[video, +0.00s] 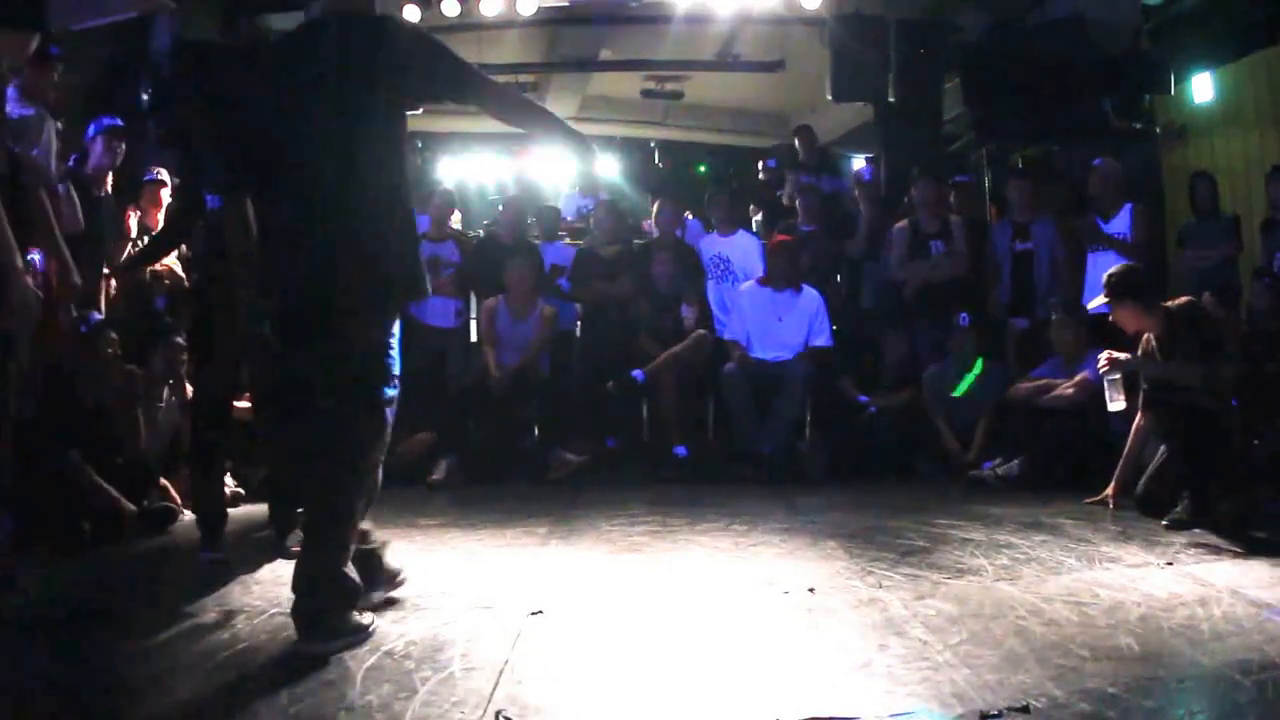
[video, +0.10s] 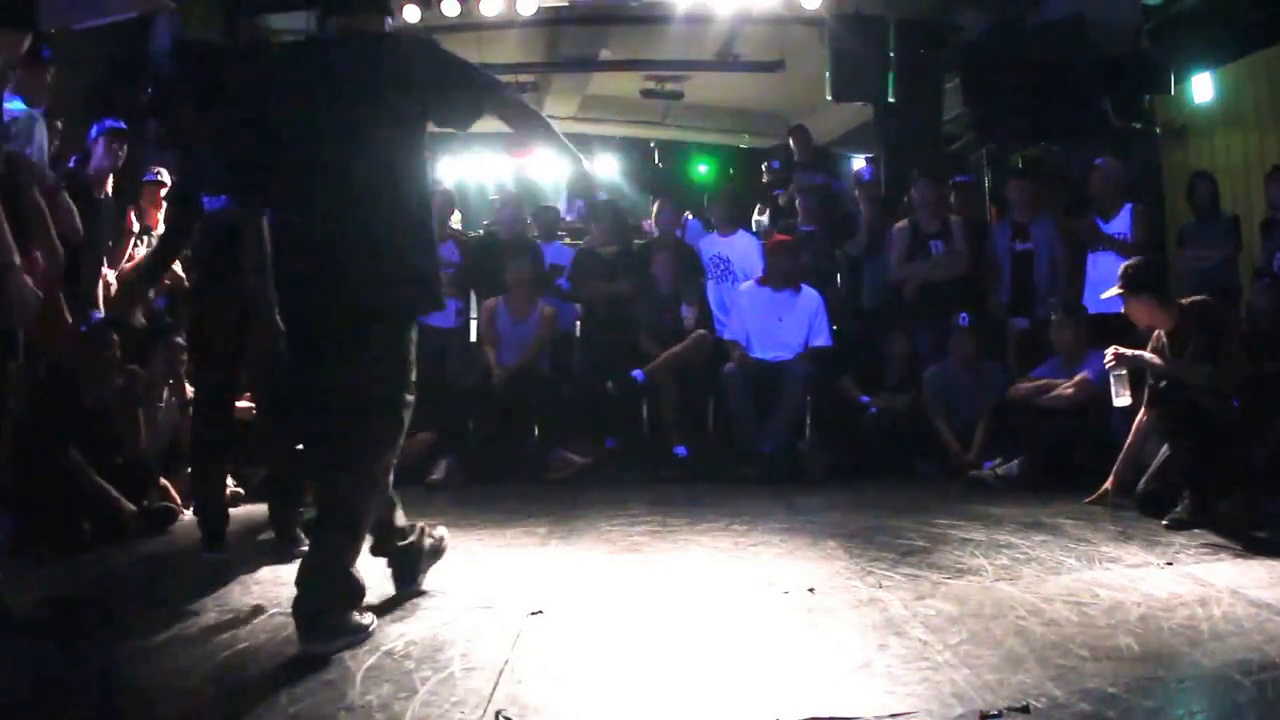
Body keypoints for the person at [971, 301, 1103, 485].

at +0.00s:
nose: (1057, 335)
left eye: (1065, 329)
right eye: (1055, 329)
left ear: (1080, 332)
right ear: (1050, 333)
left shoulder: (1097, 360)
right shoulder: (1057, 363)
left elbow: (1073, 394)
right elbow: (1014, 393)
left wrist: (1032, 401)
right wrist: (1054, 384)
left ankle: (1025, 461)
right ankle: (1006, 457)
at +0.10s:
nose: (1056, 335)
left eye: (1063, 329)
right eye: (1054, 329)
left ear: (1080, 331)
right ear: (1051, 333)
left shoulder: (1098, 360)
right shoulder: (1056, 363)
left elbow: (1073, 393)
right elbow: (1014, 392)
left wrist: (1033, 400)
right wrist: (1056, 384)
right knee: (1000, 409)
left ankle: (1019, 464)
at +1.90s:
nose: (1054, 335)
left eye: (1060, 328)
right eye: (1052, 329)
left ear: (1077, 330)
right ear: (1049, 334)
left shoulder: (1095, 360)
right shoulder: (1054, 362)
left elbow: (1070, 393)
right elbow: (1012, 392)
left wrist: (1034, 400)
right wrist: (1054, 384)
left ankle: (1020, 462)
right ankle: (1003, 458)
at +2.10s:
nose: (1053, 333)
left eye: (1060, 326)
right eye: (1052, 327)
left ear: (1077, 329)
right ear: (1048, 332)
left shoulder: (1095, 360)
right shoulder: (1054, 362)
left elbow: (1070, 393)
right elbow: (1012, 392)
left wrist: (1035, 401)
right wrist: (1054, 384)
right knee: (1004, 407)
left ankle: (1019, 463)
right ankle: (1001, 459)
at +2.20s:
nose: (1053, 334)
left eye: (1060, 327)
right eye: (1052, 328)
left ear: (1077, 330)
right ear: (1048, 332)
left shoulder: (1096, 361)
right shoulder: (1054, 363)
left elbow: (1070, 393)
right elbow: (1012, 392)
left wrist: (1038, 399)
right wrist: (1054, 383)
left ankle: (1020, 463)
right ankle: (1003, 458)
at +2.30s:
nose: (1053, 335)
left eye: (1060, 328)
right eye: (1051, 329)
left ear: (1076, 331)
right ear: (1048, 334)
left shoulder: (1095, 361)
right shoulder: (1054, 363)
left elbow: (1071, 393)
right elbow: (1012, 392)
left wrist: (1039, 399)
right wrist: (1055, 383)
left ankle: (1020, 464)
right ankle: (1002, 459)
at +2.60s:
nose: (1056, 337)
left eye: (1061, 330)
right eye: (1053, 331)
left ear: (1075, 331)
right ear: (1049, 335)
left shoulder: (1093, 361)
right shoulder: (1054, 363)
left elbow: (1073, 393)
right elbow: (1012, 393)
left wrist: (1038, 400)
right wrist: (1054, 384)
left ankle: (1022, 462)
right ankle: (1005, 457)